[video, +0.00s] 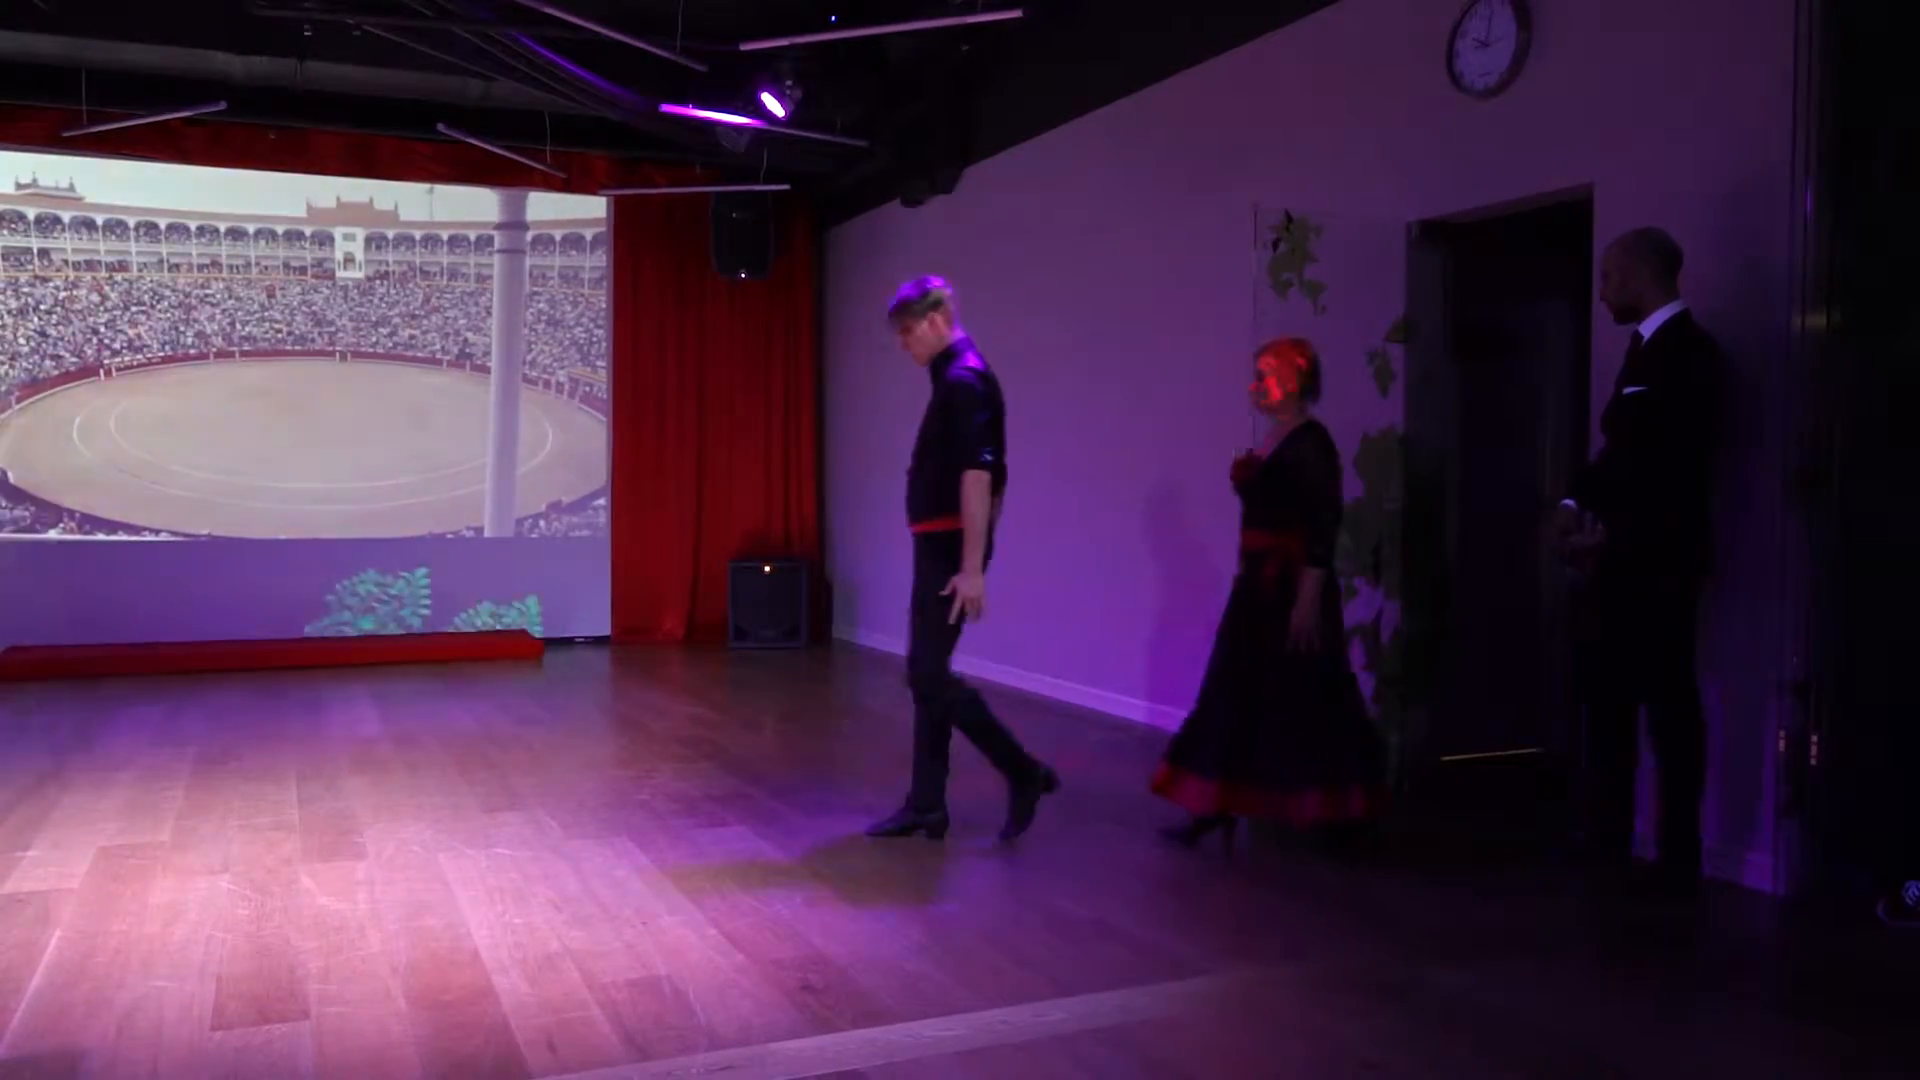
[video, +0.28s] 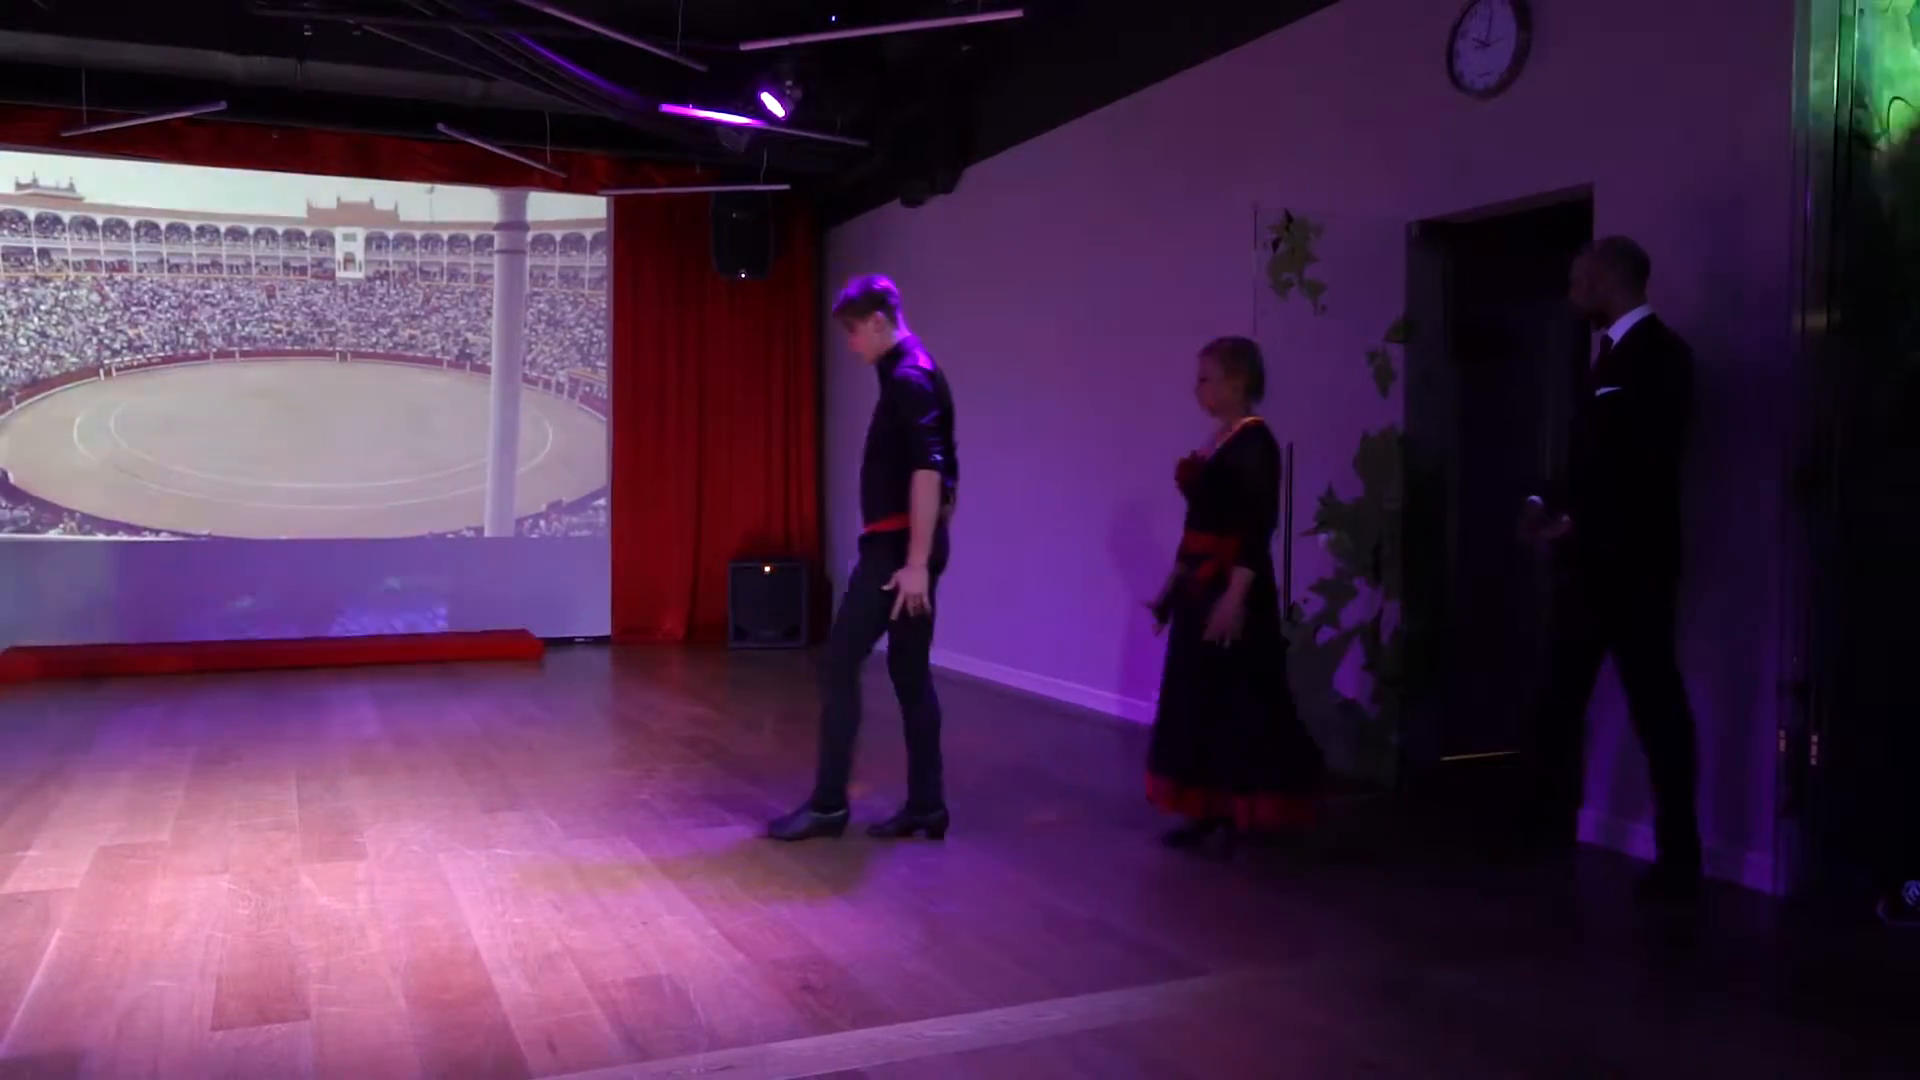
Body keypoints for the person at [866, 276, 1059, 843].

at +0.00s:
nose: (904, 343)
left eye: (909, 330)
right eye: (900, 333)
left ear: (940, 320)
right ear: (937, 324)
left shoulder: (964, 381)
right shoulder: (956, 375)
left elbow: (978, 479)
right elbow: (964, 474)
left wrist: (973, 570)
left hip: (949, 546)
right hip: (936, 541)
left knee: (930, 674)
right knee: (928, 676)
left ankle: (1025, 773)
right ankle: (925, 805)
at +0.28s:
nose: (850, 343)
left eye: (855, 330)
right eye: (846, 332)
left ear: (884, 319)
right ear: (885, 321)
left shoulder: (909, 379)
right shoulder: (915, 371)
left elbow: (928, 473)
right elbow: (935, 474)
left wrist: (918, 564)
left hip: (890, 548)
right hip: (911, 545)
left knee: (840, 662)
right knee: (911, 673)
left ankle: (828, 802)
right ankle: (926, 806)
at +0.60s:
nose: (786, 342)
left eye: (790, 329)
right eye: (783, 331)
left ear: (820, 317)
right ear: (821, 318)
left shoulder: (847, 375)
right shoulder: (855, 367)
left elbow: (867, 467)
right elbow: (877, 465)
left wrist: (859, 558)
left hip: (839, 538)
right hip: (860, 532)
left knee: (821, 672)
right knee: (887, 668)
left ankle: (803, 803)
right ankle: (919, 795)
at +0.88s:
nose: (731, 341)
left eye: (734, 328)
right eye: (728, 330)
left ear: (763, 316)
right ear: (764, 317)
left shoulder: (790, 370)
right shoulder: (801, 365)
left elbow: (810, 463)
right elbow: (835, 465)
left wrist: (805, 556)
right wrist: (821, 535)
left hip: (785, 539)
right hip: (800, 536)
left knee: (790, 674)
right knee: (827, 667)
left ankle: (800, 803)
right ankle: (896, 776)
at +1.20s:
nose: (652, 355)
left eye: (654, 342)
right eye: (650, 344)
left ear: (682, 331)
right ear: (688, 332)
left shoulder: (699, 391)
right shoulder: (737, 384)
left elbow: (714, 487)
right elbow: (779, 479)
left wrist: (728, 577)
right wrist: (775, 553)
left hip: (713, 555)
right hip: (727, 550)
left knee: (749, 680)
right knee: (653, 654)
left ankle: (800, 802)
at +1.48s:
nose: (567, 360)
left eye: (568, 348)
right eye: (564, 349)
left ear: (593, 337)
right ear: (604, 336)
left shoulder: (610, 392)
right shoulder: (648, 386)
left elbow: (625, 482)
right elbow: (683, 487)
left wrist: (639, 568)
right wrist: (663, 564)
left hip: (597, 555)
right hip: (620, 552)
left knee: (547, 674)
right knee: (569, 676)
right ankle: (567, 799)